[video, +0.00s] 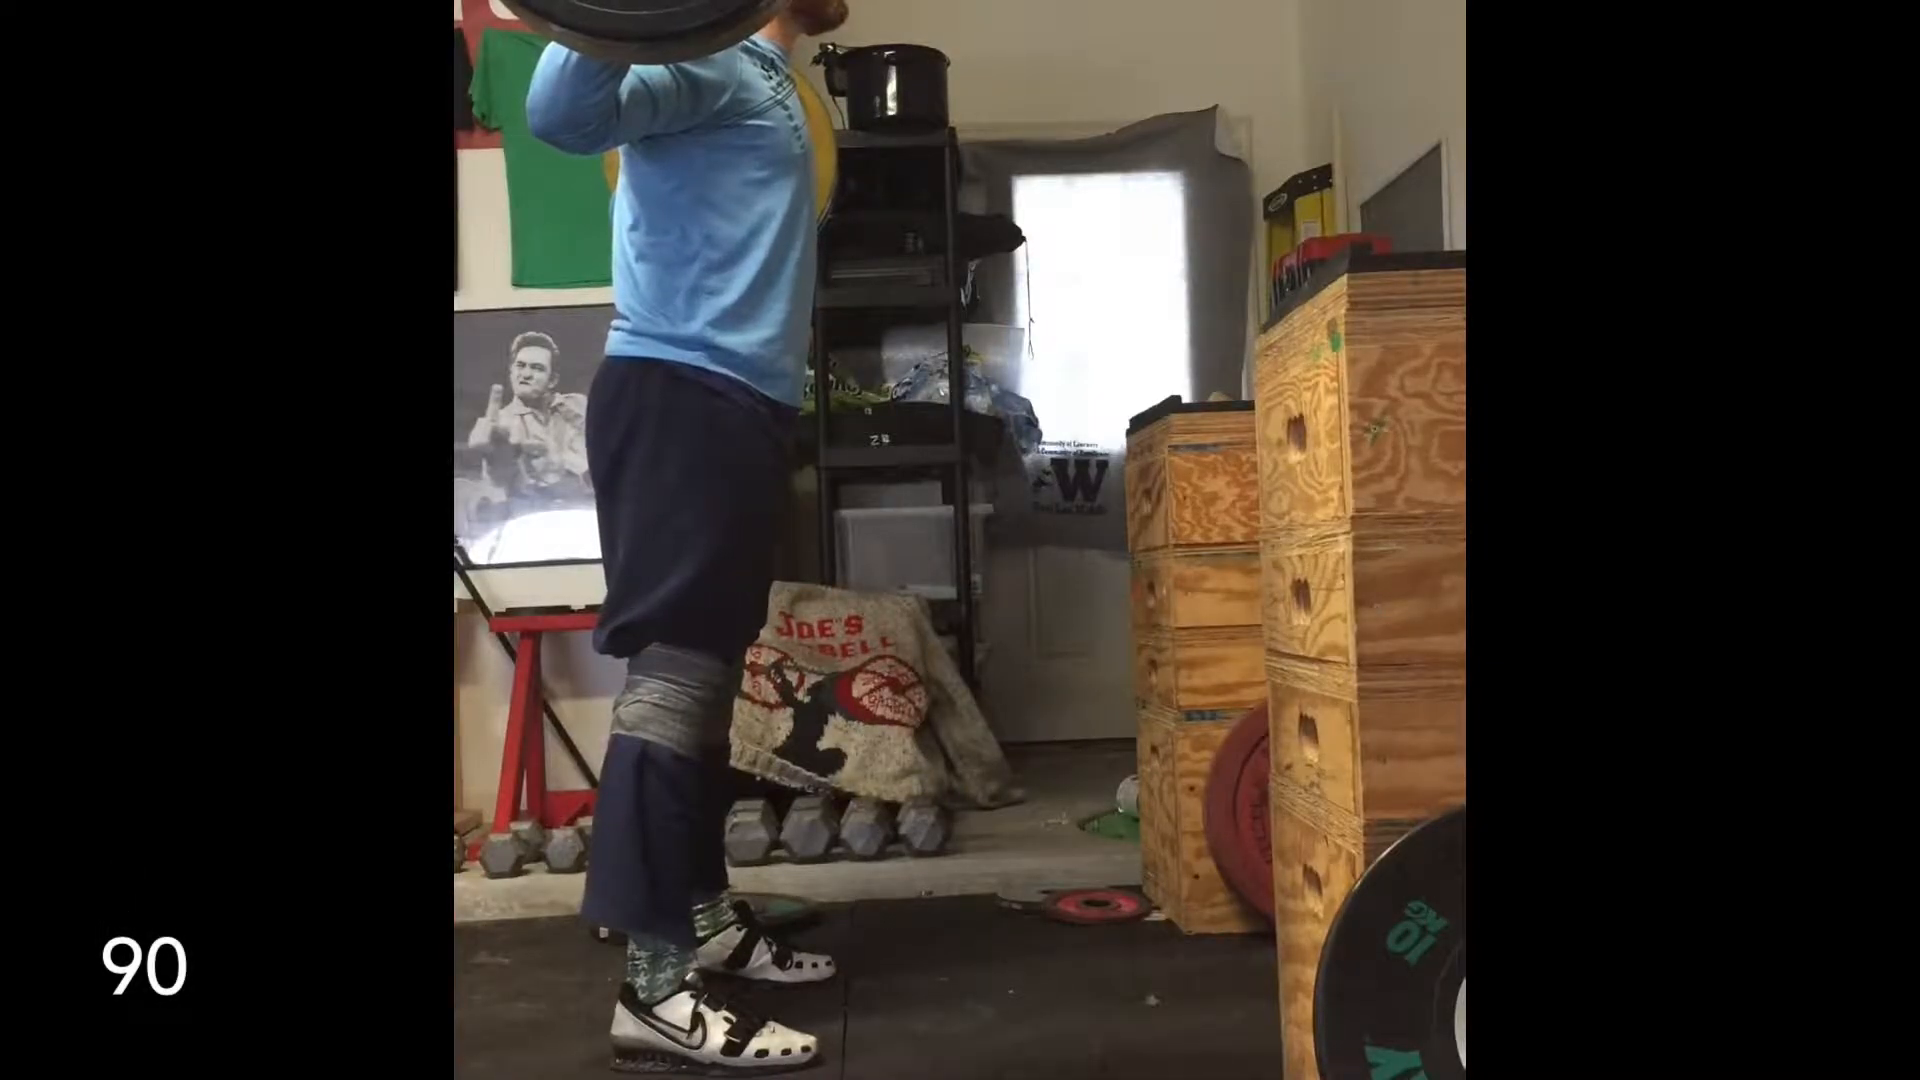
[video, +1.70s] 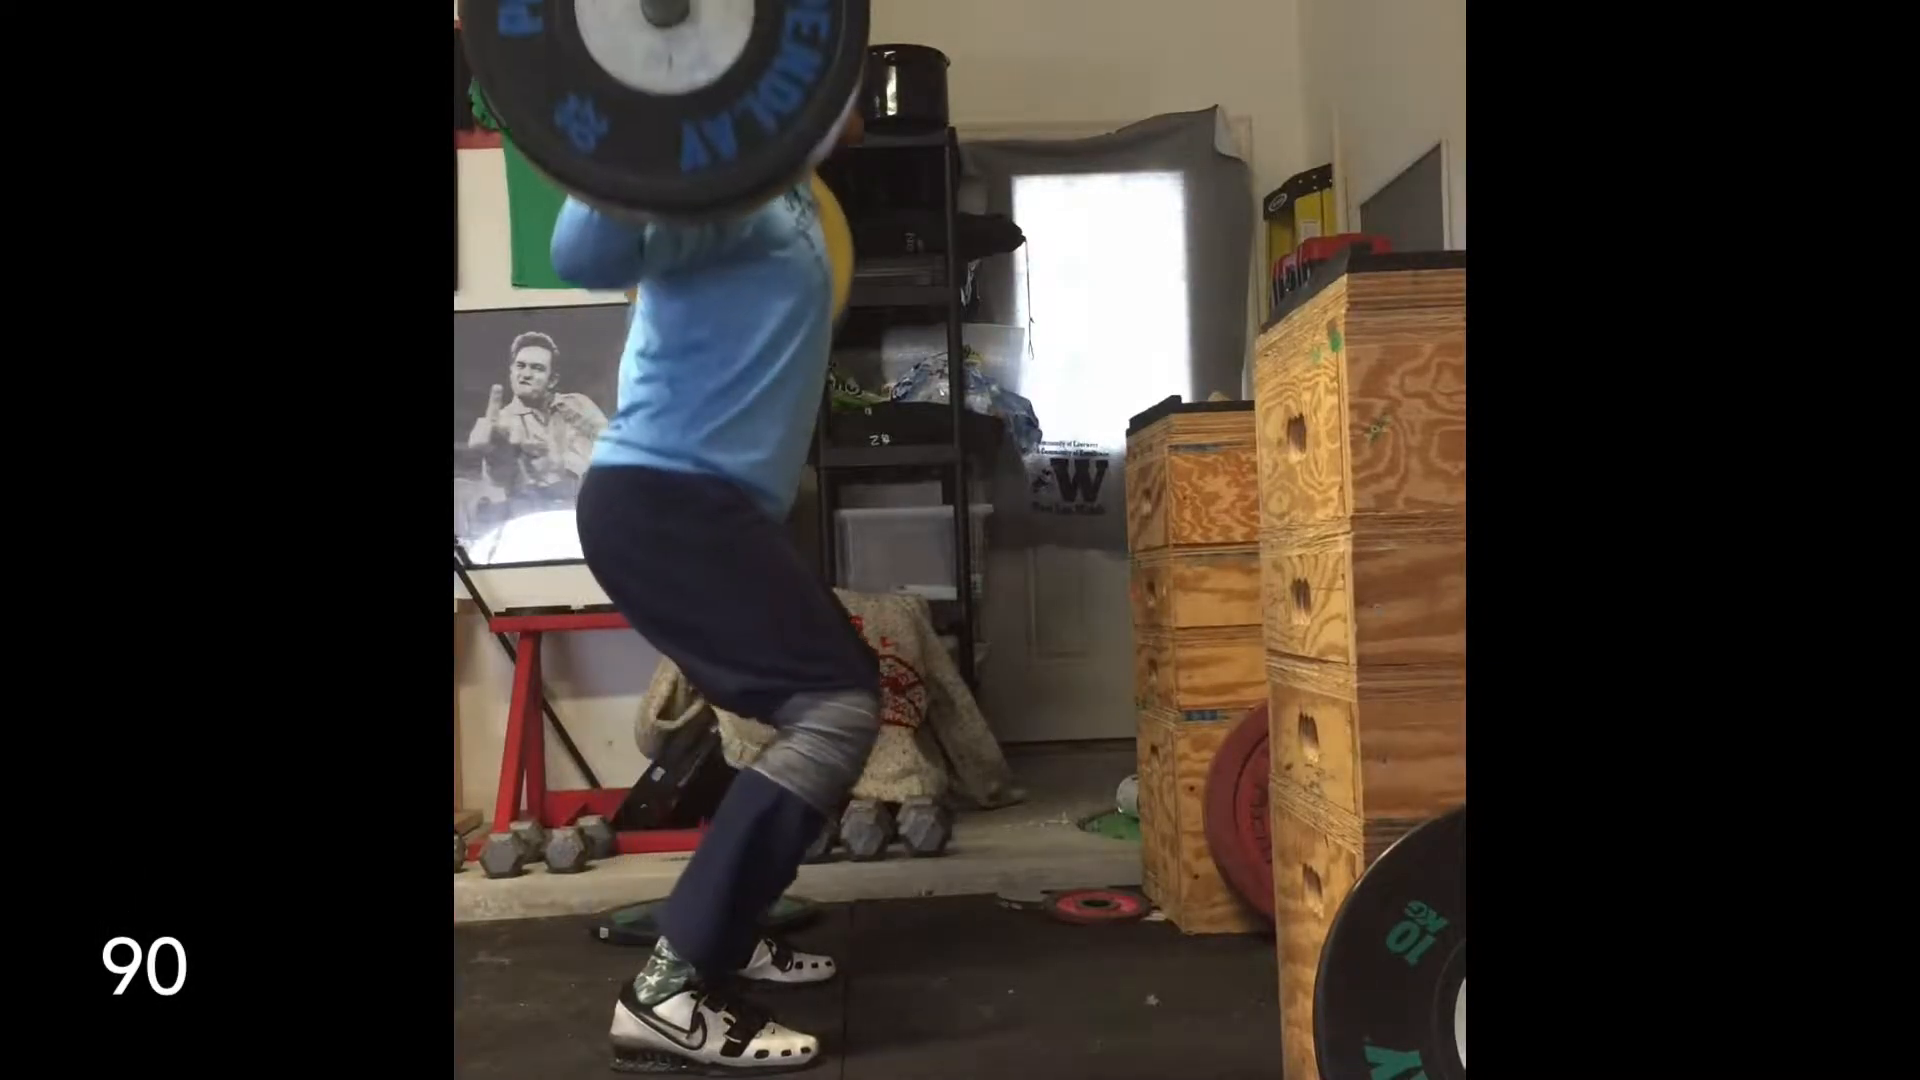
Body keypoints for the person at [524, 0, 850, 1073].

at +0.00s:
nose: (841, 7)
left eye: (839, 1)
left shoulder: (774, 81)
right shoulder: (708, 65)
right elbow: (558, 115)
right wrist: (619, 3)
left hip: (737, 406)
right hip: (682, 399)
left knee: (706, 671)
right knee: (676, 677)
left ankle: (702, 914)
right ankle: (656, 978)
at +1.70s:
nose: (861, 111)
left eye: (861, 91)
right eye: (845, 87)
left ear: (832, 111)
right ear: (787, 90)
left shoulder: (805, 208)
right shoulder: (727, 198)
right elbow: (580, 254)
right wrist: (651, 113)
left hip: (718, 499)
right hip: (663, 498)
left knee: (832, 691)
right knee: (836, 705)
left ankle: (732, 915)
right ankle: (669, 983)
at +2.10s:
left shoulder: (791, 66)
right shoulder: (727, 55)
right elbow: (609, 131)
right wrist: (640, 21)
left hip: (762, 393)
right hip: (701, 387)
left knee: (755, 658)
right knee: (746, 659)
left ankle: (705, 920)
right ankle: (659, 980)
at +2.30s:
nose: (878, 115)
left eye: (879, 94)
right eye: (866, 90)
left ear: (814, 89)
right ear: (805, 80)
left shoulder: (805, 196)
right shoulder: (733, 163)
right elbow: (678, 29)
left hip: (686, 488)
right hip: (631, 488)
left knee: (805, 684)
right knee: (799, 704)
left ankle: (713, 922)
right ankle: (664, 988)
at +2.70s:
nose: (877, 277)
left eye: (879, 257)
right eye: (867, 253)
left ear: (821, 247)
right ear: (804, 237)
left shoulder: (811, 348)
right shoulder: (734, 309)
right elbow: (727, 173)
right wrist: (717, 40)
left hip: (697, 613)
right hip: (614, 611)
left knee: (842, 703)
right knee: (827, 730)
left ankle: (739, 915)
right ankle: (665, 987)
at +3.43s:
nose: (905, 437)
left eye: (905, 417)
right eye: (892, 414)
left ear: (839, 409)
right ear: (832, 404)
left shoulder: (838, 513)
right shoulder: (756, 475)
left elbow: (772, 655)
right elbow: (756, 343)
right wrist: (737, 174)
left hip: (697, 760)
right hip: (615, 777)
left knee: (863, 712)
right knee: (851, 756)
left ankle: (749, 935)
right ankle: (674, 989)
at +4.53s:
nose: (907, 315)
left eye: (912, 294)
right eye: (894, 289)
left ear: (855, 288)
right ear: (833, 279)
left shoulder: (846, 402)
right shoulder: (756, 349)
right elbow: (752, 215)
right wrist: (740, 67)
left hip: (710, 646)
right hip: (626, 636)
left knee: (863, 722)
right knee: (846, 733)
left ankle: (752, 922)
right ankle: (669, 986)